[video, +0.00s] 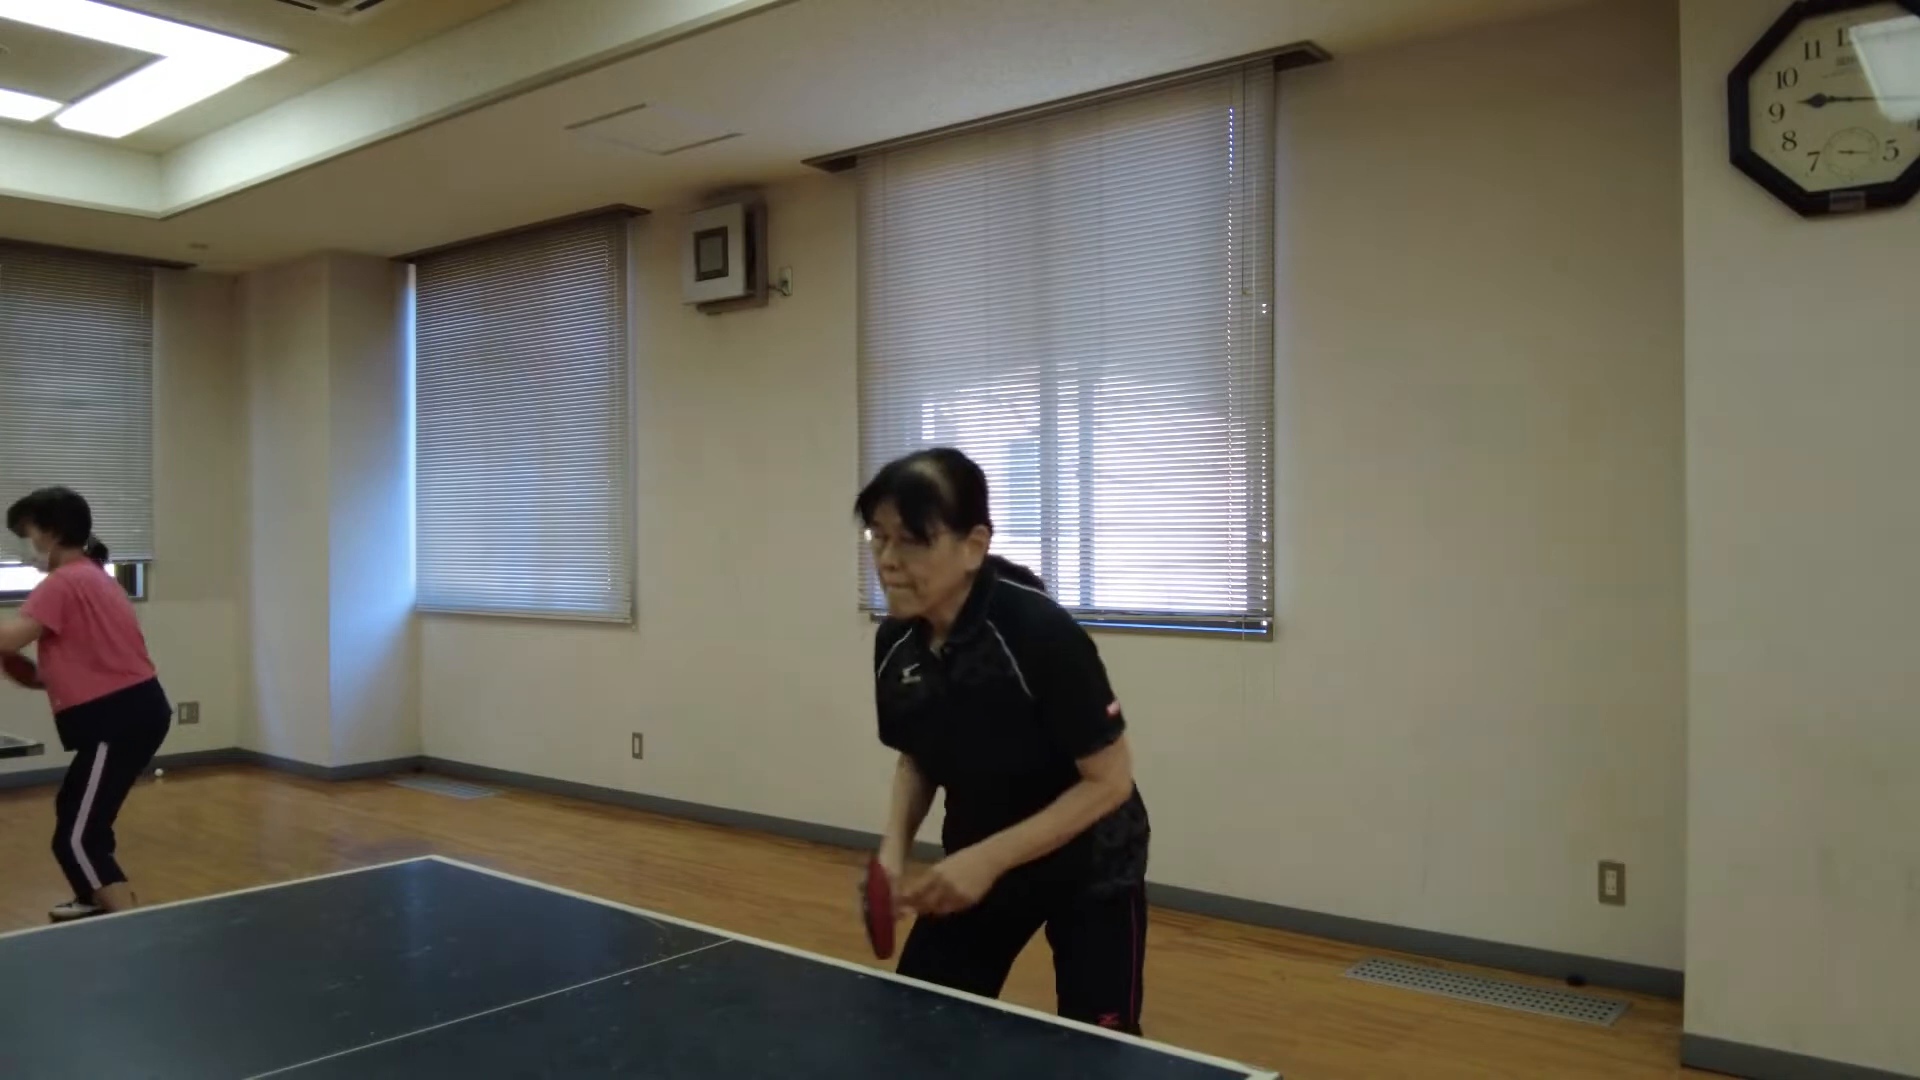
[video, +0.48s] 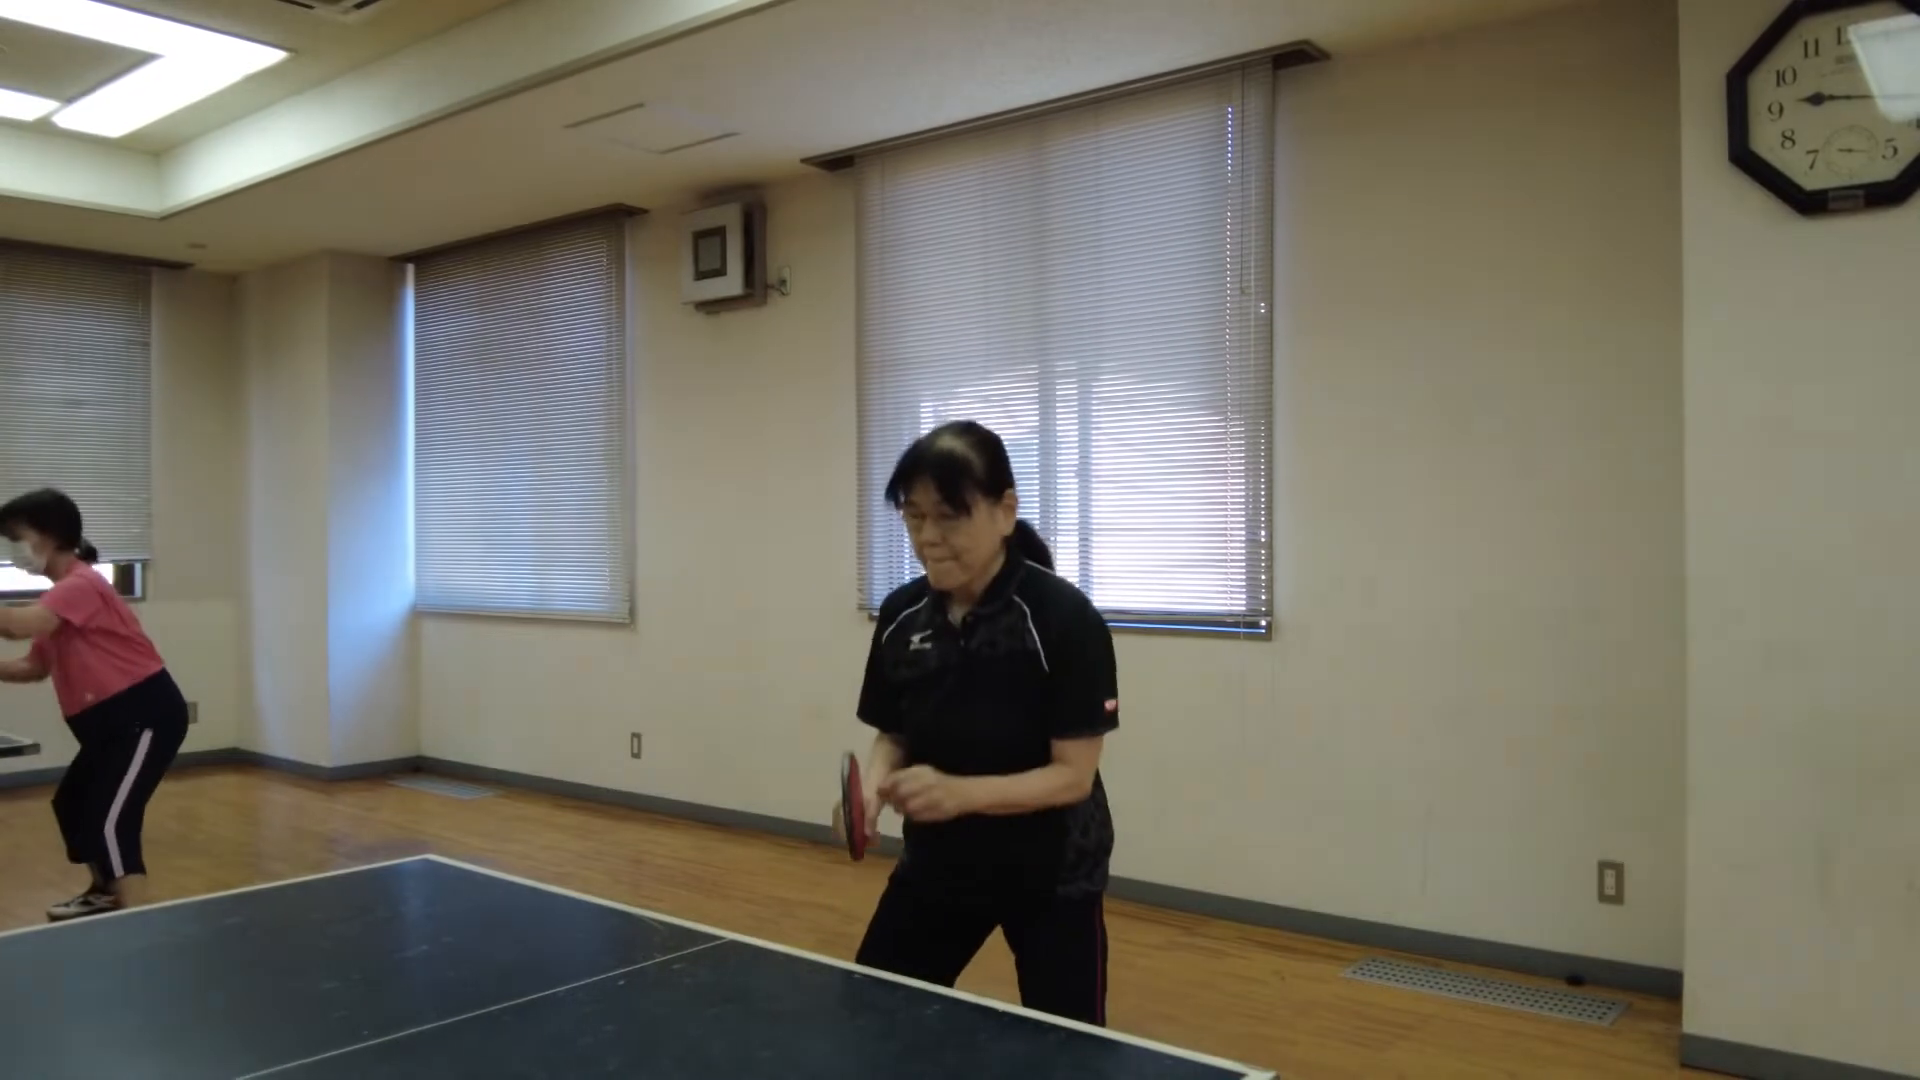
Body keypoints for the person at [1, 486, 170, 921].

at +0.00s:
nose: (31, 545)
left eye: (32, 534)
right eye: (28, 536)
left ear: (54, 532)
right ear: (73, 532)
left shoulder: (64, 582)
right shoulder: (97, 578)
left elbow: (9, 640)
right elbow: (83, 663)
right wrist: (32, 675)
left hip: (118, 716)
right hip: (134, 709)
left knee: (78, 837)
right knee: (72, 805)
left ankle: (131, 927)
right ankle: (94, 899)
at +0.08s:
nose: (26, 541)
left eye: (28, 531)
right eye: (23, 533)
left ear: (46, 527)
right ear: (70, 524)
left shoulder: (55, 575)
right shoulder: (99, 567)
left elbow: (7, 627)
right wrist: (42, 634)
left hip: (118, 707)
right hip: (137, 698)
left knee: (88, 826)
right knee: (85, 813)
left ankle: (130, 924)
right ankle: (102, 898)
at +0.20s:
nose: (18, 543)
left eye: (18, 533)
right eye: (15, 535)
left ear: (36, 526)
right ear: (63, 521)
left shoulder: (60, 565)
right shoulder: (94, 560)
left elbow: (0, 600)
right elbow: (64, 635)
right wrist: (14, 622)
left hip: (126, 701)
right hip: (143, 695)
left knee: (99, 821)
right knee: (103, 810)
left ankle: (133, 922)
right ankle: (107, 892)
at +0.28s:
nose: (18, 545)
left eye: (17, 534)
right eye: (15, 536)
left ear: (36, 527)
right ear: (59, 525)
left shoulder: (70, 567)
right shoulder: (74, 568)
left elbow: (6, 589)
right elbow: (47, 637)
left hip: (141, 705)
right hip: (129, 704)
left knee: (102, 813)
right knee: (89, 799)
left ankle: (128, 913)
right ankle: (107, 892)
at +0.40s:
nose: (18, 547)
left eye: (20, 536)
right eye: (16, 539)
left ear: (46, 531)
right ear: (51, 533)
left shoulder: (78, 577)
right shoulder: (64, 589)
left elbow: (10, 604)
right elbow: (31, 649)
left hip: (147, 711)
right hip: (118, 715)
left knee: (106, 817)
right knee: (77, 800)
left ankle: (136, 922)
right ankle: (107, 891)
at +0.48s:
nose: (21, 552)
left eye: (24, 539)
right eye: (18, 543)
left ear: (53, 535)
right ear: (47, 539)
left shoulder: (84, 582)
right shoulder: (60, 598)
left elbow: (31, 622)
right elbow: (34, 668)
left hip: (148, 715)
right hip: (112, 723)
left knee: (107, 815)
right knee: (72, 802)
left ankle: (131, 916)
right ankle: (105, 890)